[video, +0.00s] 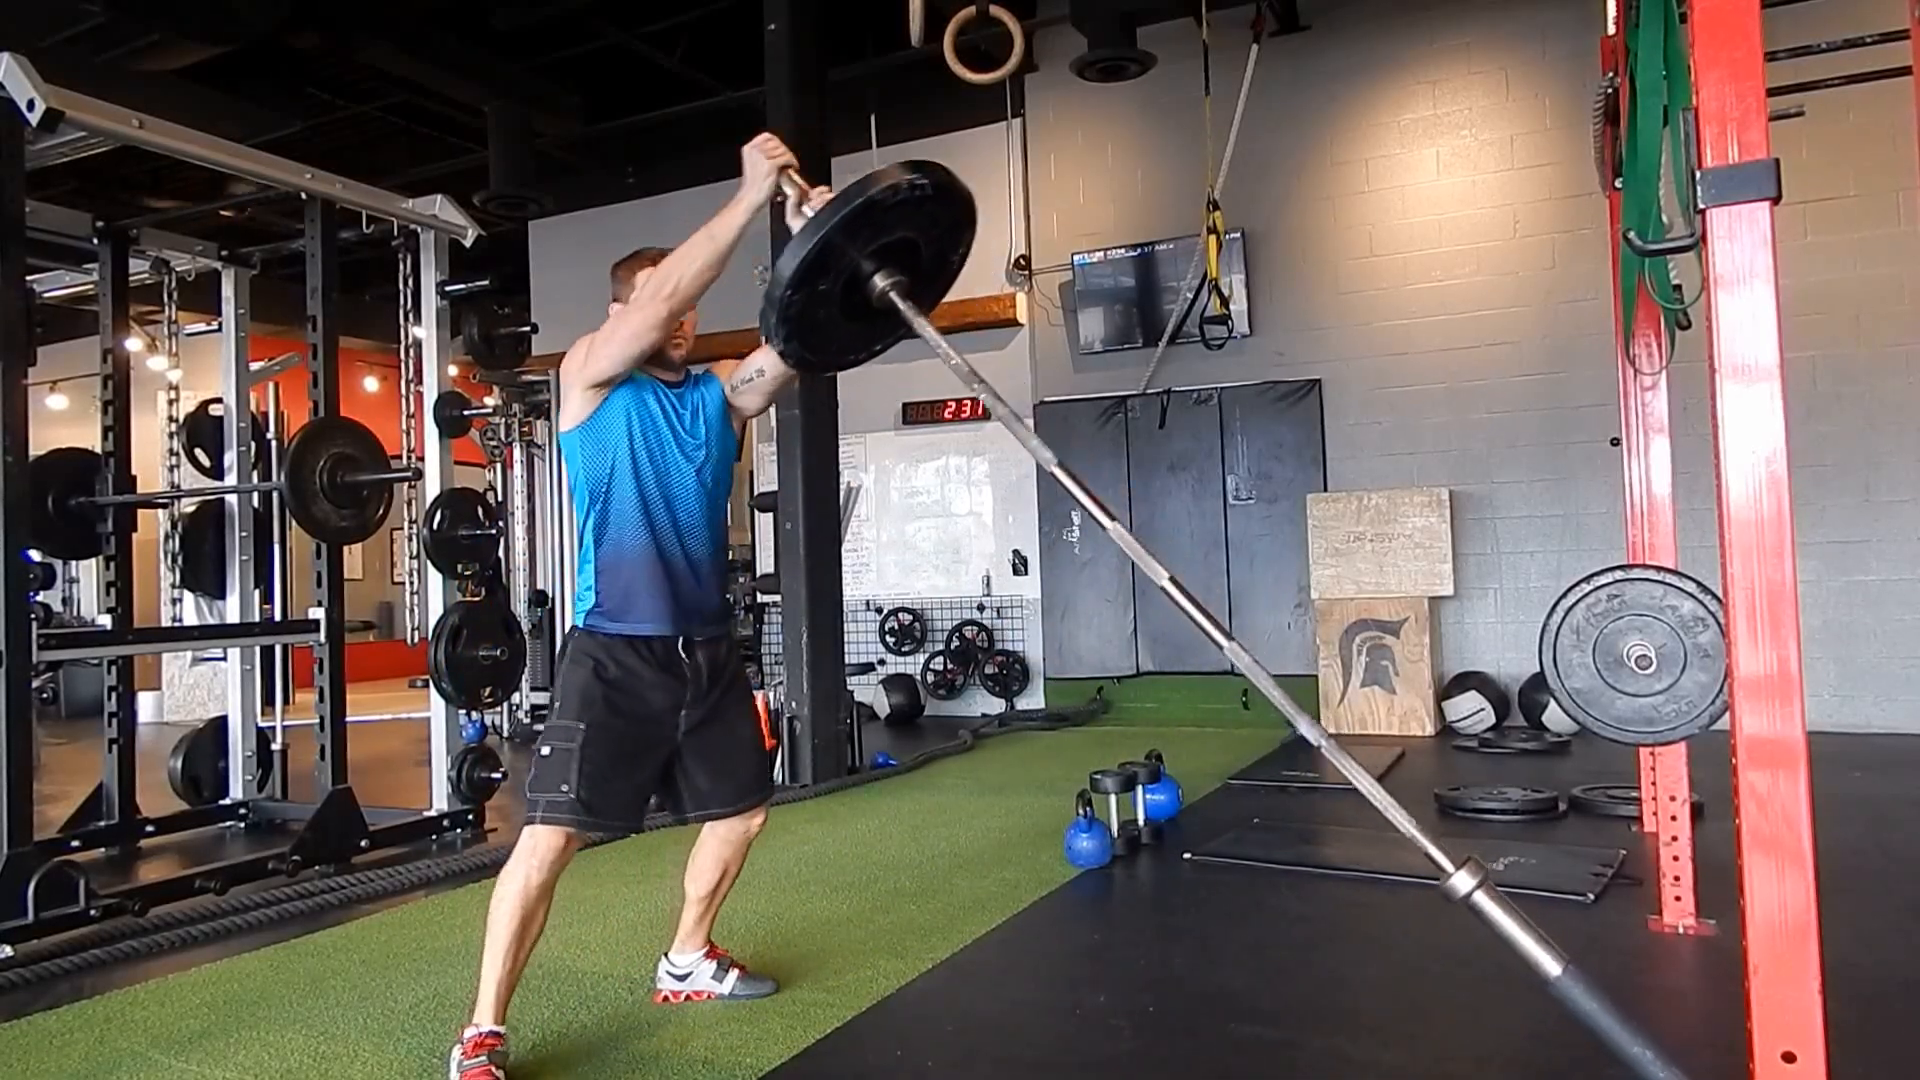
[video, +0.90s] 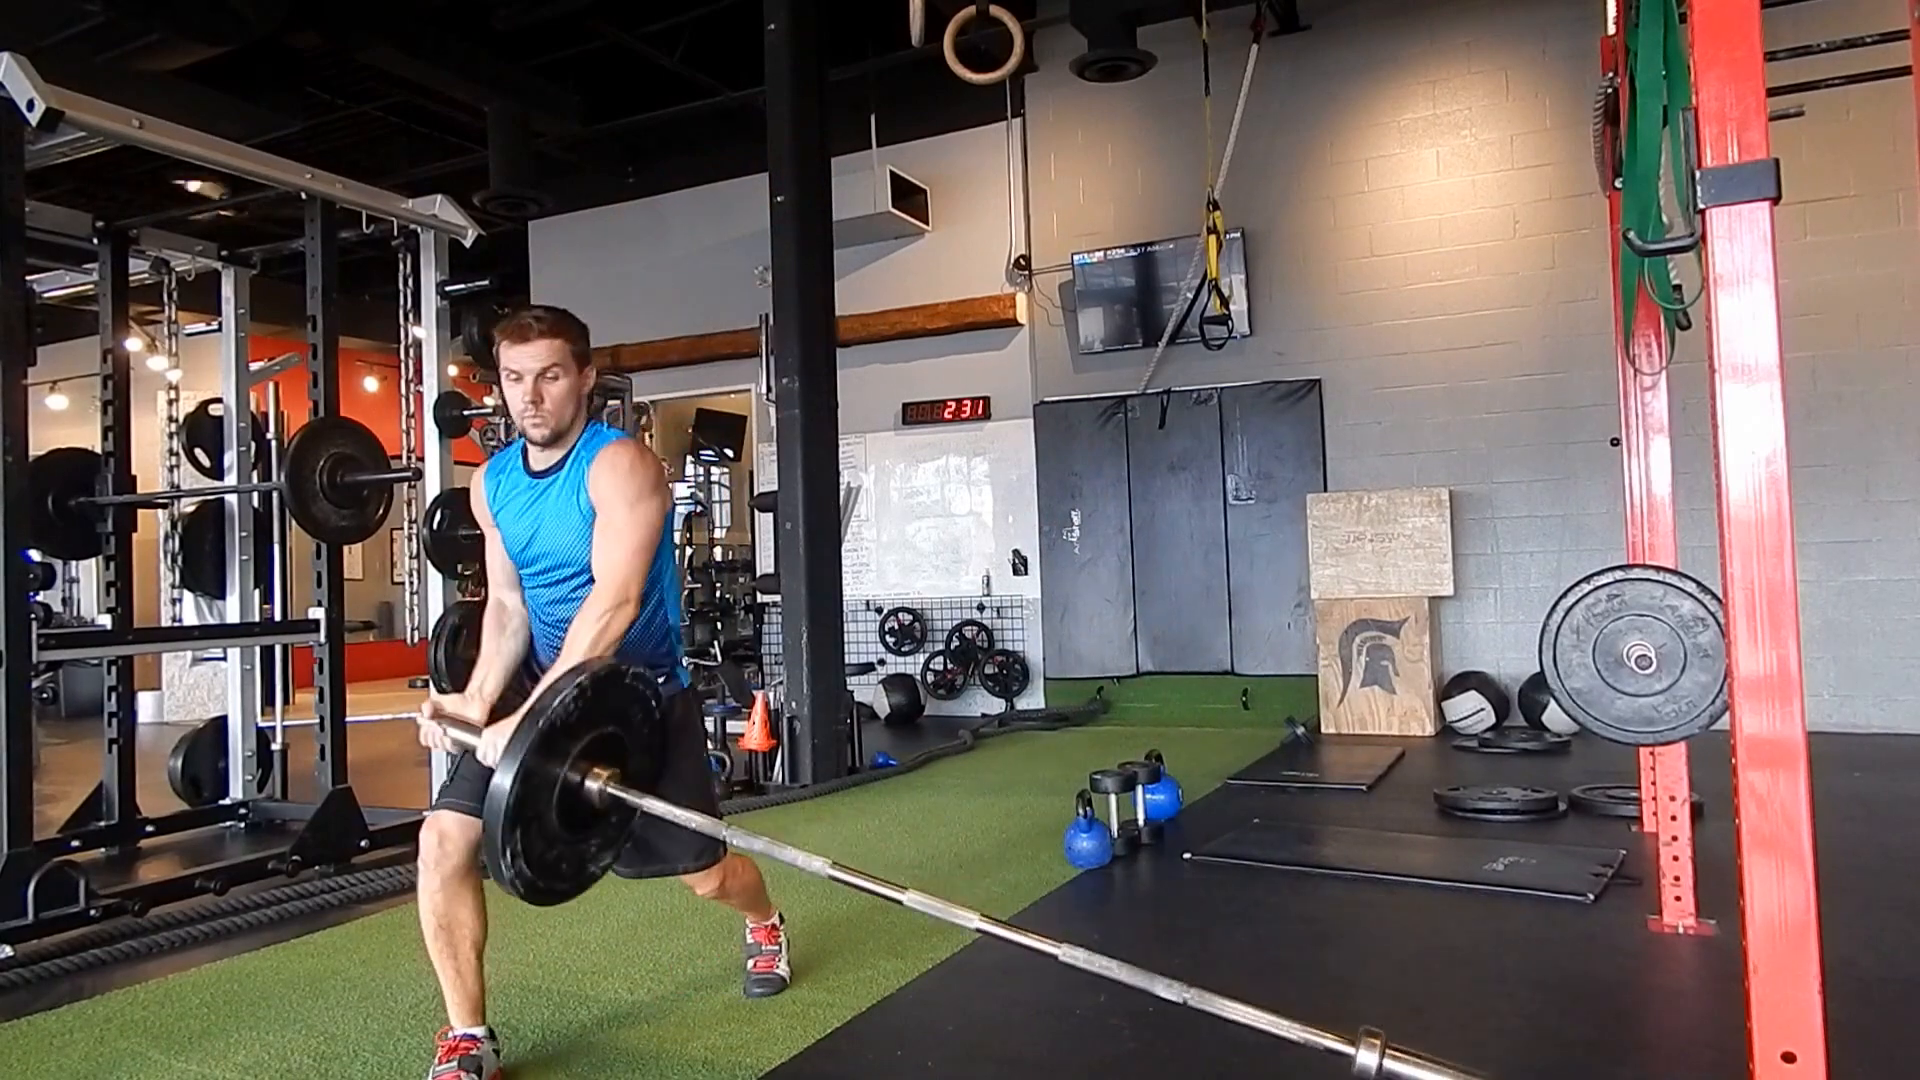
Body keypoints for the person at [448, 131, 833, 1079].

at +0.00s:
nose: (686, 307)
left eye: (686, 295)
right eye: (668, 295)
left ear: (686, 311)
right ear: (624, 308)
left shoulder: (720, 394)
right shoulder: (585, 380)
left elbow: (805, 341)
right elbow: (665, 296)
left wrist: (816, 234)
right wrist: (751, 194)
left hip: (708, 657)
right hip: (609, 656)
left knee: (741, 807)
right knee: (551, 836)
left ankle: (685, 961)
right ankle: (484, 1029)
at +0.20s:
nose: (655, 333)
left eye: (671, 320)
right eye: (642, 318)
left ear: (695, 331)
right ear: (615, 325)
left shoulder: (715, 411)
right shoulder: (574, 405)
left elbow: (767, 355)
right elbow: (570, 357)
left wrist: (728, 283)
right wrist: (634, 259)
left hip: (697, 662)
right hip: (586, 663)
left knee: (734, 815)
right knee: (519, 831)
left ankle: (695, 948)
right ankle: (475, 1027)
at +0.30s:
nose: (643, 336)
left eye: (658, 320)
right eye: (630, 321)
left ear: (685, 330)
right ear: (605, 335)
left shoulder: (704, 419)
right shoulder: (569, 405)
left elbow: (743, 396)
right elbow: (530, 419)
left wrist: (683, 322)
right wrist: (567, 324)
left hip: (684, 665)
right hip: (570, 665)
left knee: (728, 821)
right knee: (506, 828)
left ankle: (711, 940)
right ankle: (473, 1029)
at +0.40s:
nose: (620, 342)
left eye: (636, 326)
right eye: (604, 329)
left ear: (666, 326)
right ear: (585, 332)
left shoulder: (694, 397)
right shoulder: (554, 394)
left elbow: (694, 448)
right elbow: (496, 483)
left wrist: (625, 386)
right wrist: (504, 403)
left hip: (671, 667)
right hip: (557, 668)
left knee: (722, 832)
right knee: (491, 834)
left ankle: (727, 935)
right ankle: (472, 1032)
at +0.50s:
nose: (596, 352)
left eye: (613, 335)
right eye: (581, 336)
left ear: (646, 340)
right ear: (565, 341)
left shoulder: (680, 420)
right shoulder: (525, 429)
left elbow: (638, 507)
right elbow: (504, 528)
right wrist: (459, 494)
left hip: (659, 670)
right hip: (545, 675)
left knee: (715, 832)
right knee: (480, 836)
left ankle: (740, 932)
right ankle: (471, 1032)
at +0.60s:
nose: (574, 362)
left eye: (591, 345)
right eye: (559, 345)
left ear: (626, 348)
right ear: (545, 349)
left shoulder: (663, 431)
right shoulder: (515, 441)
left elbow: (626, 544)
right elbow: (490, 555)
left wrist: (512, 576)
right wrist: (440, 561)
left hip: (644, 674)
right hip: (534, 673)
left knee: (712, 843)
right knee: (468, 840)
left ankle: (753, 927)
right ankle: (469, 1034)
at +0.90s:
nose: (529, 394)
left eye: (547, 375)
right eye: (514, 377)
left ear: (586, 378)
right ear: (501, 385)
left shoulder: (625, 465)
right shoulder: (493, 481)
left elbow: (615, 607)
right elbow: (505, 606)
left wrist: (529, 720)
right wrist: (477, 698)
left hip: (640, 694)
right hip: (538, 694)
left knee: (707, 874)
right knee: (443, 841)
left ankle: (767, 920)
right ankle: (468, 1038)